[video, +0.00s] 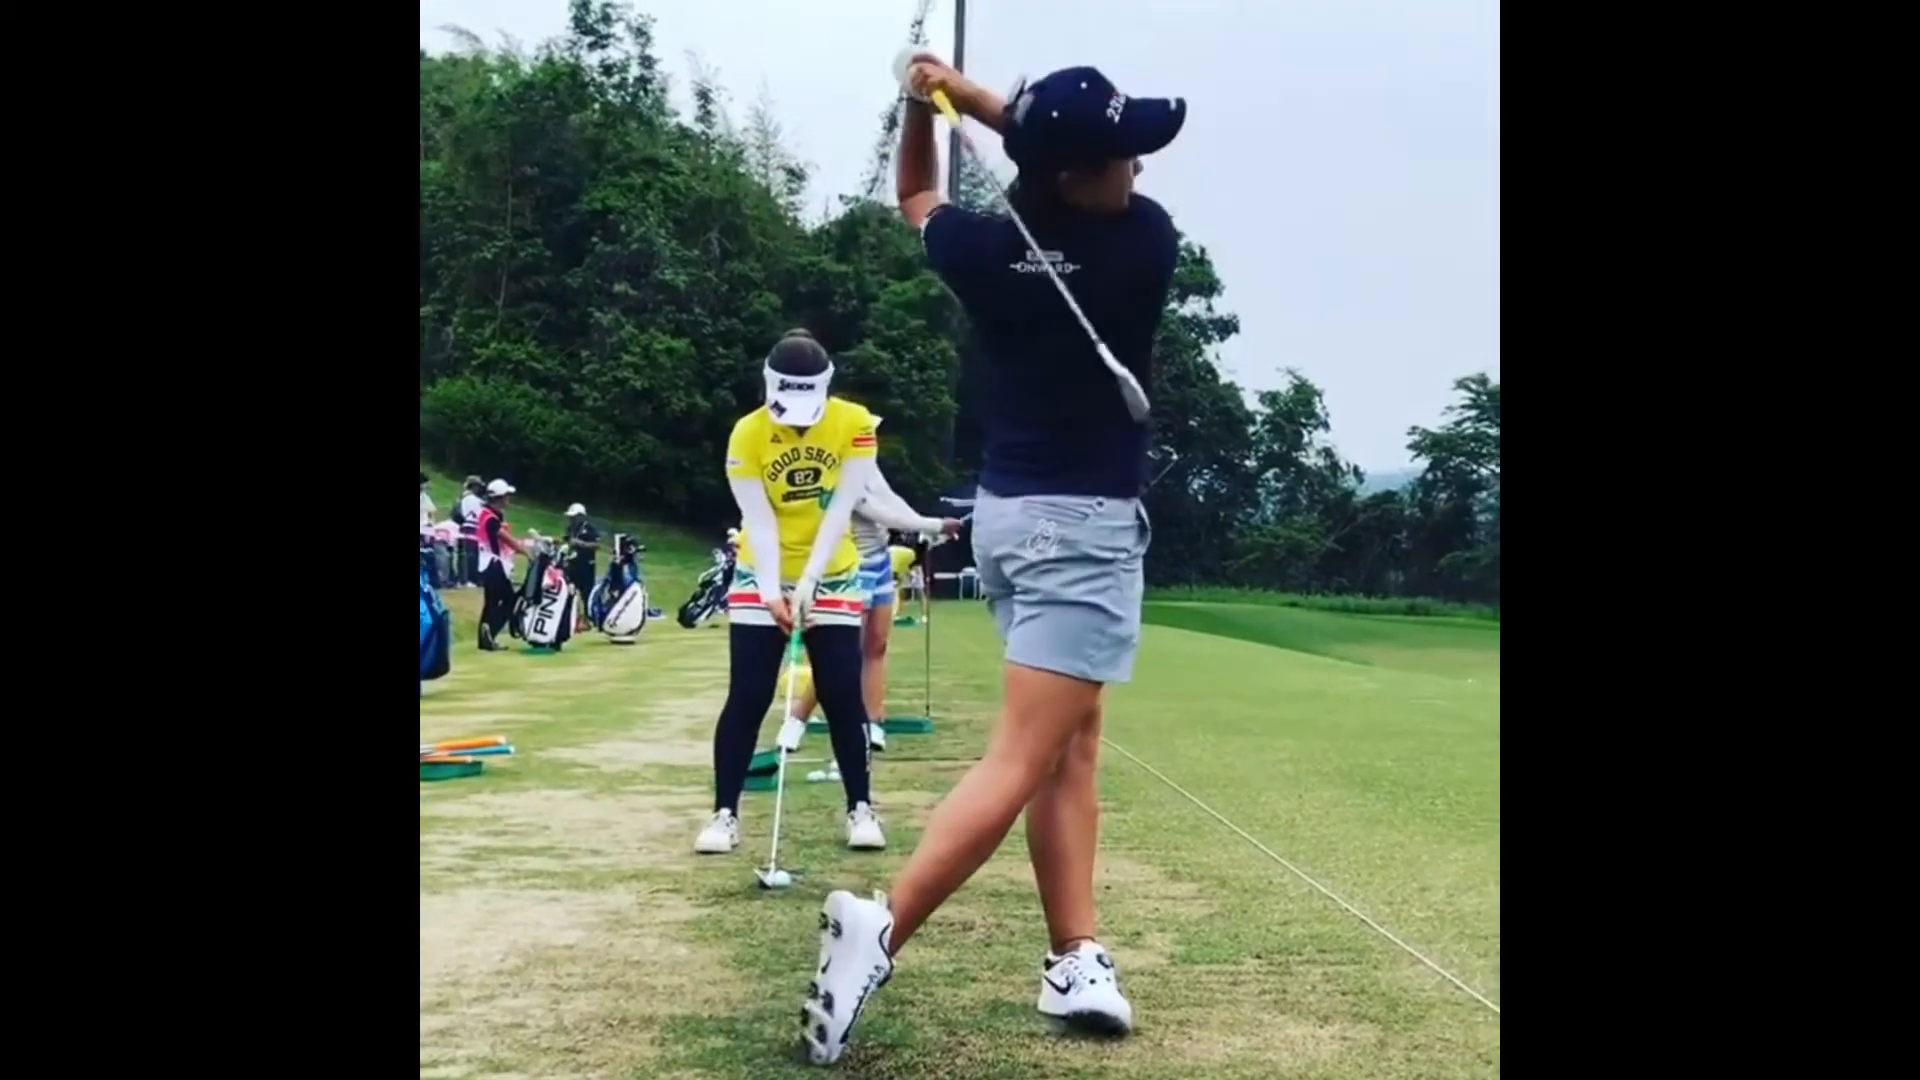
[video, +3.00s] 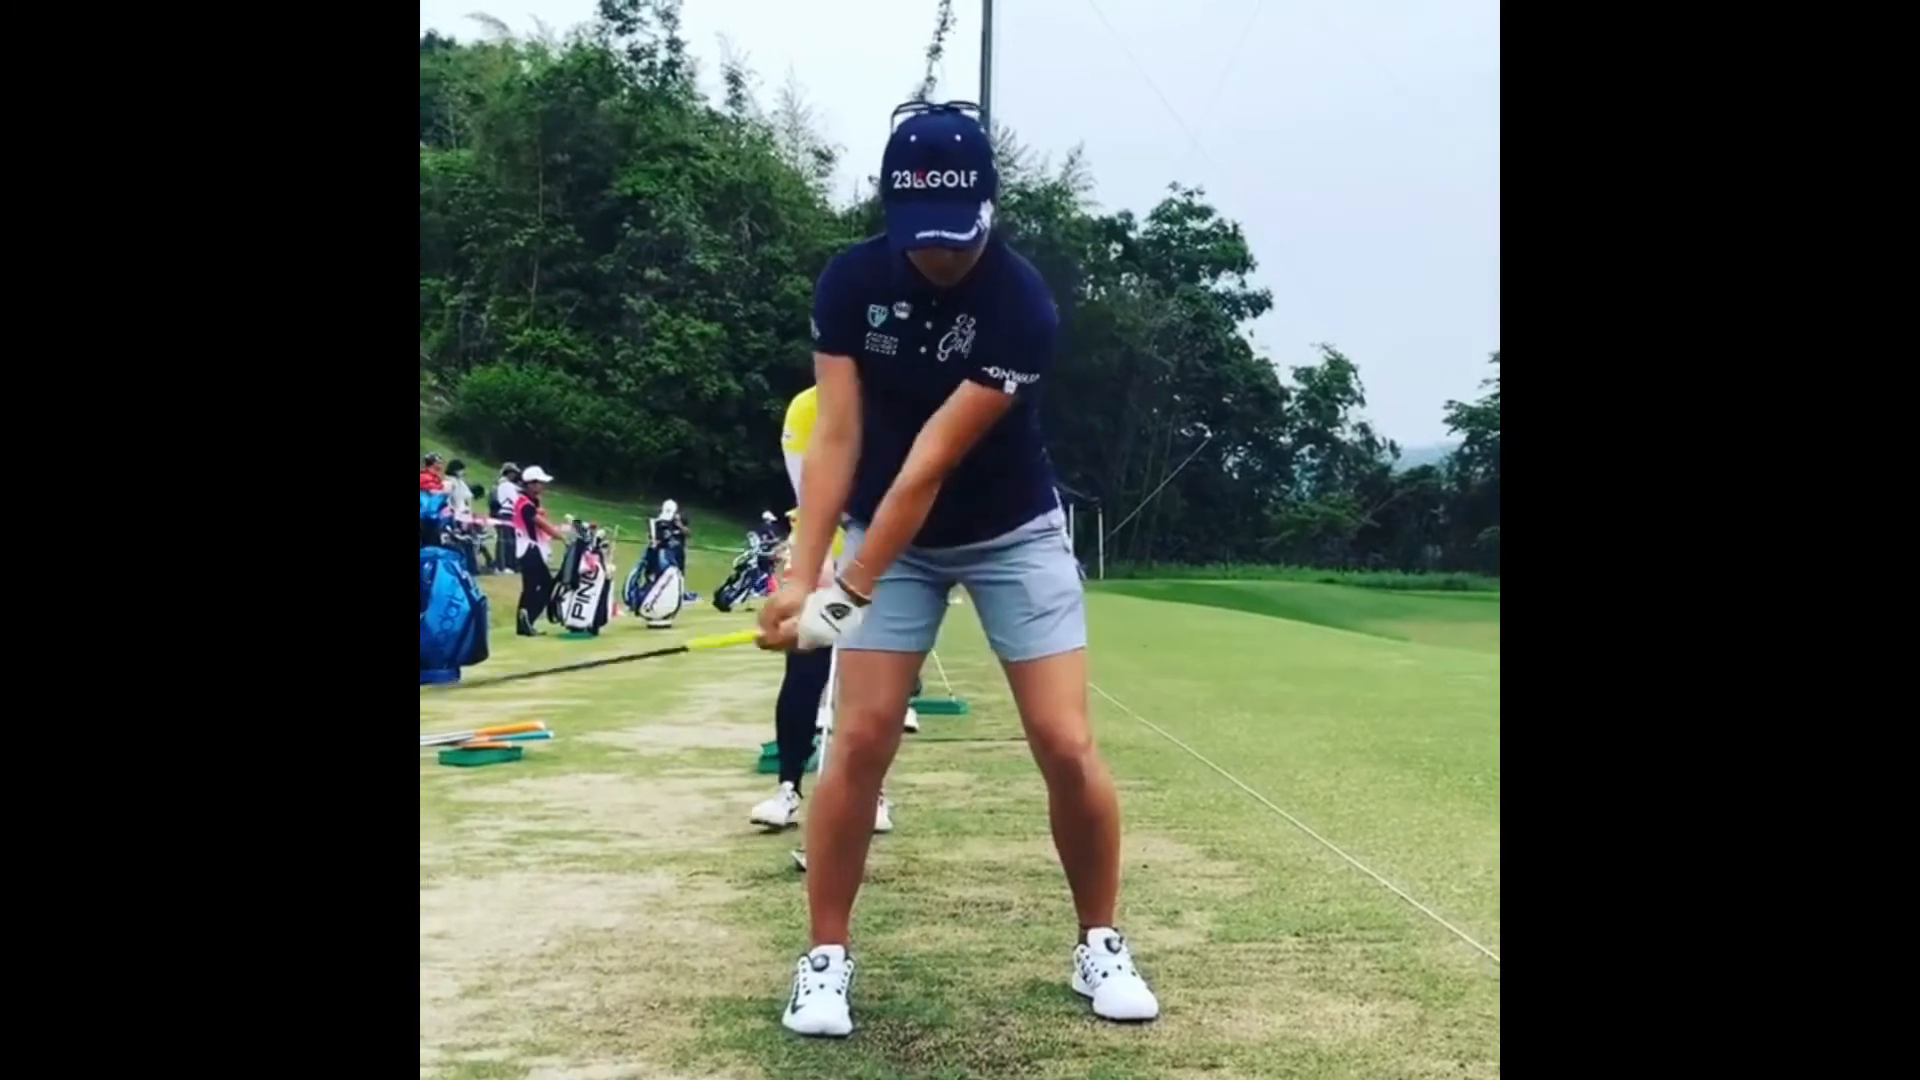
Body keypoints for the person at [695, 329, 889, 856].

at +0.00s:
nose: (795, 414)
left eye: (806, 403)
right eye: (785, 402)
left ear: (825, 387)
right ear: (769, 387)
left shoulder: (855, 424)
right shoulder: (746, 436)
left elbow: (844, 506)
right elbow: (758, 522)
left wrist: (808, 579)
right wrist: (769, 586)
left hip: (834, 575)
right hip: (759, 574)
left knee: (842, 696)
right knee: (747, 696)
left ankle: (860, 808)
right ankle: (724, 814)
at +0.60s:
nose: (789, 426)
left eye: (800, 415)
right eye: (780, 414)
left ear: (819, 398)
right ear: (764, 397)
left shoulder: (849, 435)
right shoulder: (741, 445)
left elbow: (833, 517)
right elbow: (755, 529)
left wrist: (797, 588)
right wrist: (770, 598)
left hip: (823, 587)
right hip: (750, 586)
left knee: (830, 702)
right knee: (736, 702)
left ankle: (849, 816)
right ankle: (710, 820)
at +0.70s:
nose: (848, 356)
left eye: (858, 347)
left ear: (880, 344)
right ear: (829, 346)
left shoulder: (895, 400)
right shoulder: (808, 402)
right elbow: (809, 492)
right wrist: (828, 555)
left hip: (874, 564)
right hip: (813, 564)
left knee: (874, 691)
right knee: (816, 681)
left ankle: (868, 785)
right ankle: (811, 788)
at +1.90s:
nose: (811, 408)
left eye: (822, 397)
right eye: (801, 396)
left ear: (842, 383)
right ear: (785, 381)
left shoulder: (872, 420)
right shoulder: (763, 431)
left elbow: (863, 506)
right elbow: (773, 518)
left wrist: (825, 575)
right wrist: (784, 584)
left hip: (850, 574)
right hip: (776, 573)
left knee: (852, 693)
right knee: (761, 691)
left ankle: (868, 807)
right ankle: (735, 809)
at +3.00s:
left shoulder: (898, 409)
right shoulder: (806, 409)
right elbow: (809, 501)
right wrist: (818, 563)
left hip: (884, 547)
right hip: (825, 549)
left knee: (876, 681)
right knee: (805, 667)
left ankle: (871, 786)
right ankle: (789, 786)